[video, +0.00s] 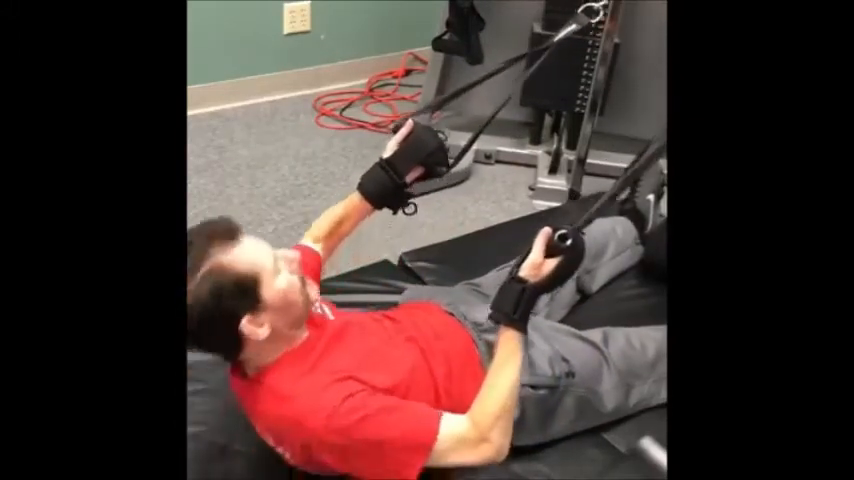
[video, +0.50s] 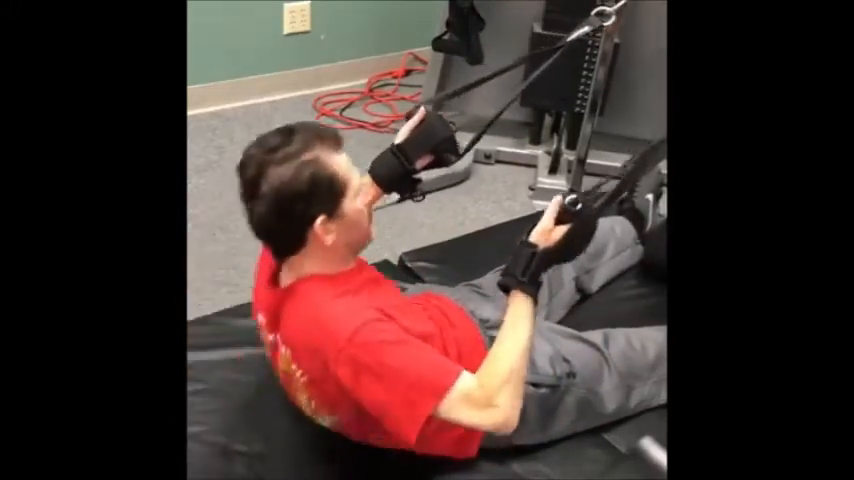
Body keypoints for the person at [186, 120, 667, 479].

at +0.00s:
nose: (292, 268)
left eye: (279, 264)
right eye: (278, 273)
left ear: (256, 320)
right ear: (256, 327)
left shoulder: (281, 304)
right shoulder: (322, 419)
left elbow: (319, 240)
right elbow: (485, 442)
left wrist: (379, 184)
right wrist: (517, 310)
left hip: (455, 307)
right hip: (506, 379)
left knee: (601, 235)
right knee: (657, 350)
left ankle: (638, 219)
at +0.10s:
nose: (309, 243)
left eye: (294, 236)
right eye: (292, 250)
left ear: (269, 303)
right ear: (268, 304)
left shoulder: (278, 303)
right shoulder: (329, 401)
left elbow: (317, 239)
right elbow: (487, 437)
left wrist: (382, 178)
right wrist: (520, 306)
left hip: (455, 309)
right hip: (503, 378)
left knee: (593, 239)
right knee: (653, 352)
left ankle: (638, 217)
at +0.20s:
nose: (319, 227)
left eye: (306, 220)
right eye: (305, 231)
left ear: (278, 286)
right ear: (283, 284)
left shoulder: (273, 302)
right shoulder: (331, 386)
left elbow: (324, 232)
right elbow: (489, 432)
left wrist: (383, 176)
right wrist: (525, 293)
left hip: (458, 307)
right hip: (506, 376)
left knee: (591, 238)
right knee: (656, 351)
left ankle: (638, 218)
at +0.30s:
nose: (337, 212)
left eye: (324, 206)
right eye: (324, 214)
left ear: (287, 264)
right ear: (295, 265)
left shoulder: (271, 295)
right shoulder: (341, 371)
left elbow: (335, 221)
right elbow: (491, 426)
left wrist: (388, 169)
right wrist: (526, 290)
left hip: (451, 308)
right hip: (504, 378)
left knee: (560, 257)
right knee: (655, 353)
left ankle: (635, 220)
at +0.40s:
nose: (352, 202)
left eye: (342, 195)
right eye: (340, 203)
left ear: (299, 245)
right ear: (308, 246)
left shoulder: (271, 278)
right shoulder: (348, 356)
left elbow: (324, 230)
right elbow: (494, 420)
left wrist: (384, 172)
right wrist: (527, 284)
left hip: (451, 305)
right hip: (504, 375)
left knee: (558, 256)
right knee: (659, 350)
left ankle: (638, 222)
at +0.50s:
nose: (369, 190)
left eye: (359, 181)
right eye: (358, 190)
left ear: (311, 231)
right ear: (323, 230)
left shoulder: (282, 259)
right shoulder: (352, 338)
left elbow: (331, 221)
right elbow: (495, 408)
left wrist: (391, 166)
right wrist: (528, 273)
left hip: (450, 305)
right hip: (496, 376)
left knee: (555, 258)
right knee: (658, 351)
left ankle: (636, 223)